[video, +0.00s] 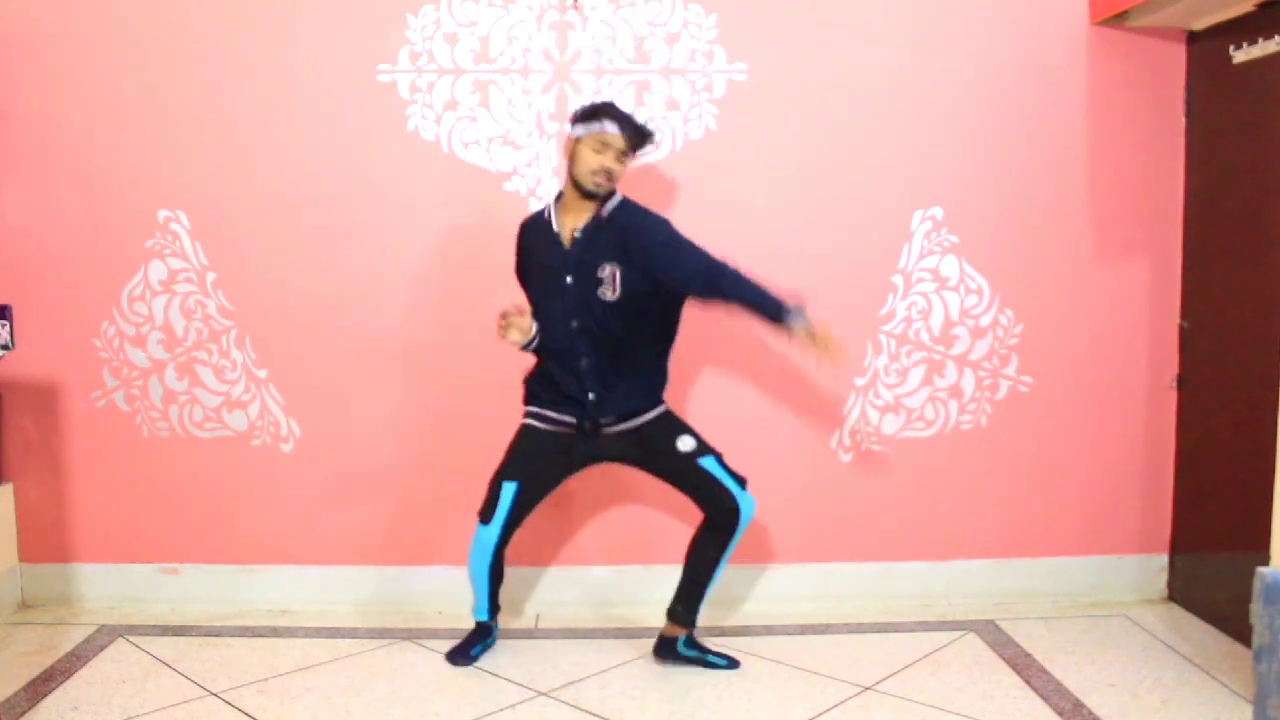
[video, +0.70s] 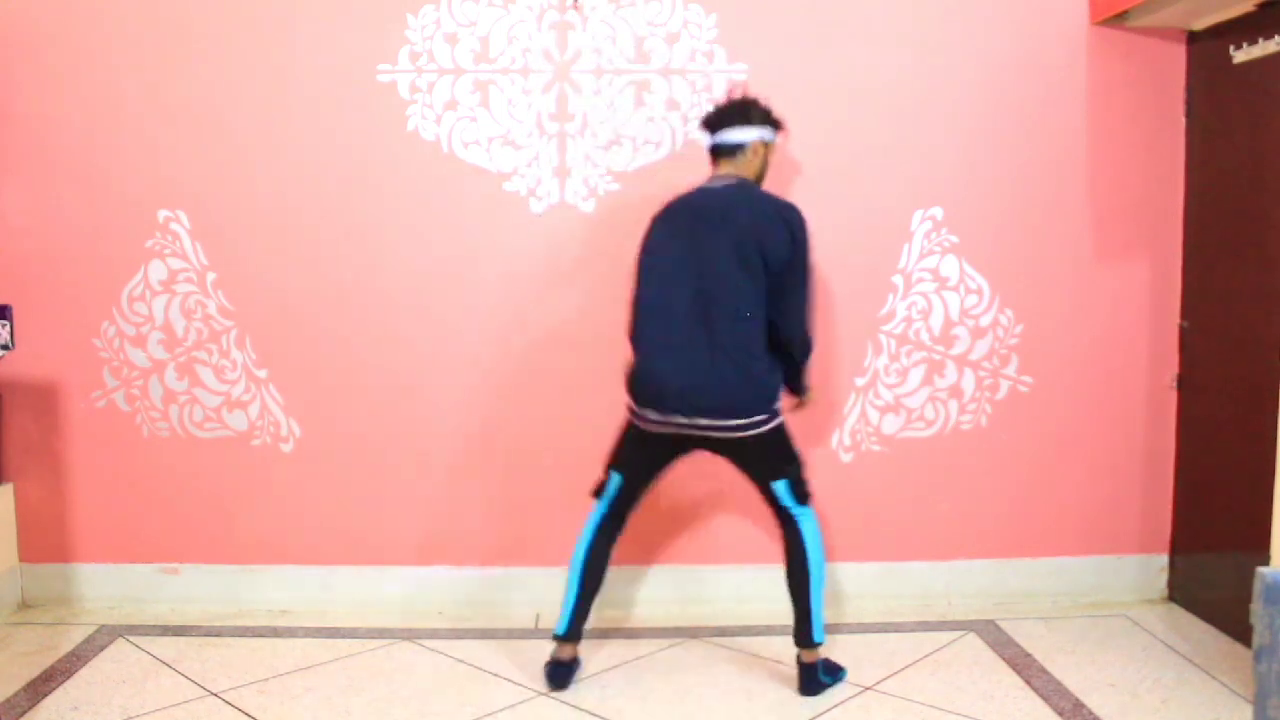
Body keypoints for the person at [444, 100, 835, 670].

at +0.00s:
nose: (611, 164)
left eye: (622, 156)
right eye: (600, 149)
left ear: (627, 166)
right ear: (569, 149)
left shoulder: (642, 232)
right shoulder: (534, 234)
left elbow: (713, 276)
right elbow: (554, 336)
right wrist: (528, 334)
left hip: (640, 421)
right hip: (553, 424)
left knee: (732, 504)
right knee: (490, 526)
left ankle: (677, 634)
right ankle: (483, 626)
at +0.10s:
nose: (643, 166)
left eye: (650, 154)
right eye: (632, 151)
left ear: (656, 160)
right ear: (599, 151)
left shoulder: (668, 230)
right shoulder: (552, 234)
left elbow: (719, 300)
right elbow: (534, 332)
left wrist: (753, 344)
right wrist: (531, 320)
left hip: (651, 424)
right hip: (567, 430)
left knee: (741, 512)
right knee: (504, 534)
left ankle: (676, 639)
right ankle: (482, 623)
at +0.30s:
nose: (699, 168)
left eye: (703, 156)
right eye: (696, 153)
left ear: (667, 150)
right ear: (660, 144)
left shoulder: (661, 212)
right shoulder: (620, 215)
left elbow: (684, 309)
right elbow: (620, 327)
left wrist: (718, 394)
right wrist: (656, 321)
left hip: (705, 407)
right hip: (667, 412)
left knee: (756, 513)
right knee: (653, 544)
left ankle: (680, 639)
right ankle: (566, 682)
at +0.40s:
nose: (725, 158)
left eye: (729, 146)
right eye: (725, 143)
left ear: (673, 130)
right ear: (698, 132)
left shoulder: (615, 192)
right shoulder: (673, 206)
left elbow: (600, 272)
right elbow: (681, 320)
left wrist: (666, 299)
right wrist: (761, 333)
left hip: (655, 391)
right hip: (692, 394)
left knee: (716, 510)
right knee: (732, 521)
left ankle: (685, 639)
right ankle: (707, 689)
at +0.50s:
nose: (749, 136)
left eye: (752, 124)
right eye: (750, 123)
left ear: (692, 110)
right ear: (731, 115)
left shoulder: (634, 164)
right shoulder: (723, 181)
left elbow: (594, 227)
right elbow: (725, 287)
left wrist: (657, 239)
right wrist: (793, 319)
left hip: (644, 377)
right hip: (713, 381)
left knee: (655, 495)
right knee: (759, 508)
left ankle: (665, 638)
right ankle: (769, 675)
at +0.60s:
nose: (768, 133)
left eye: (768, 123)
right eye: (767, 123)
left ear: (710, 119)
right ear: (752, 121)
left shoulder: (660, 173)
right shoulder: (765, 183)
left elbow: (609, 244)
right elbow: (796, 270)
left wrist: (653, 295)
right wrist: (805, 325)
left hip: (644, 384)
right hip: (728, 391)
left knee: (614, 489)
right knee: (779, 508)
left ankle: (606, 636)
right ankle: (810, 657)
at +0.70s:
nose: (771, 160)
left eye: (769, 149)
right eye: (770, 149)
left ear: (713, 153)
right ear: (758, 152)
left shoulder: (669, 215)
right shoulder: (778, 217)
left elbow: (643, 316)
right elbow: (788, 322)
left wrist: (666, 373)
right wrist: (795, 377)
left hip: (658, 407)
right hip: (742, 412)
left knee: (607, 511)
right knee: (797, 515)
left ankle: (563, 650)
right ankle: (812, 661)